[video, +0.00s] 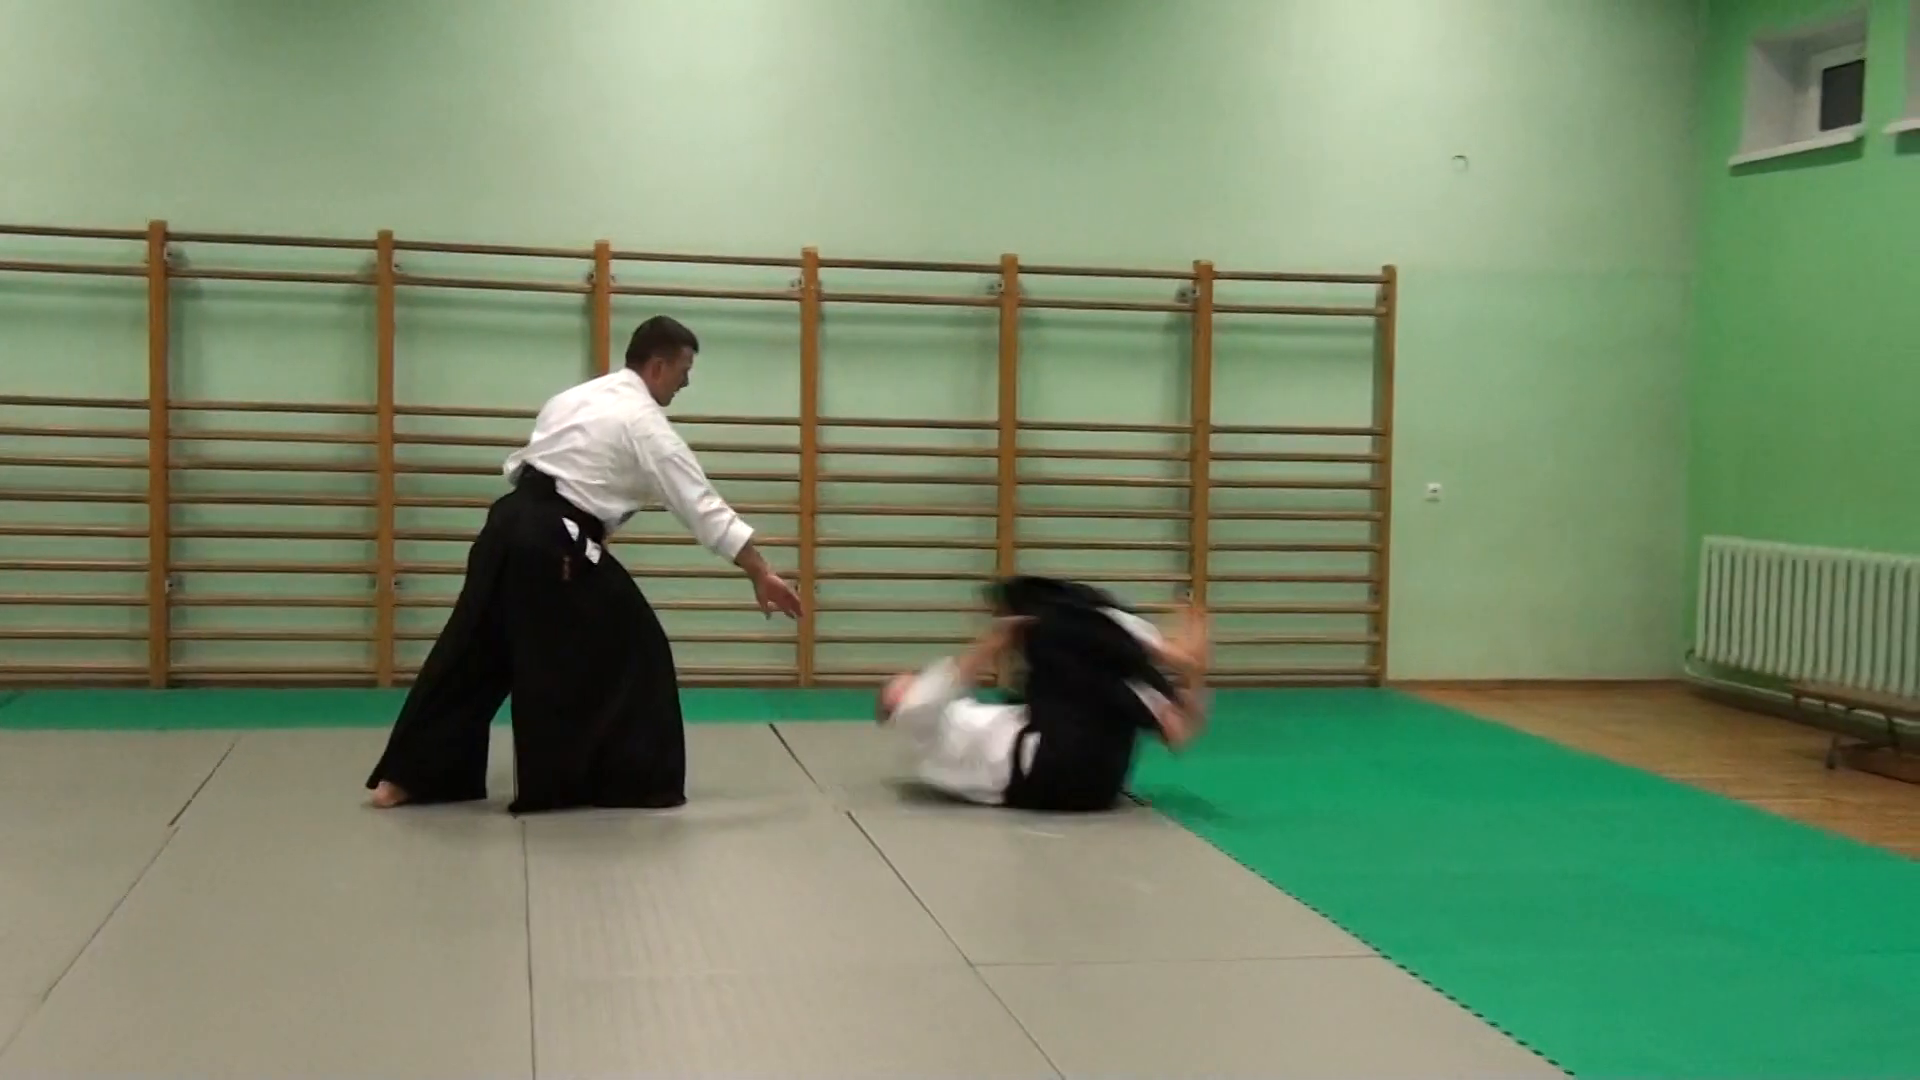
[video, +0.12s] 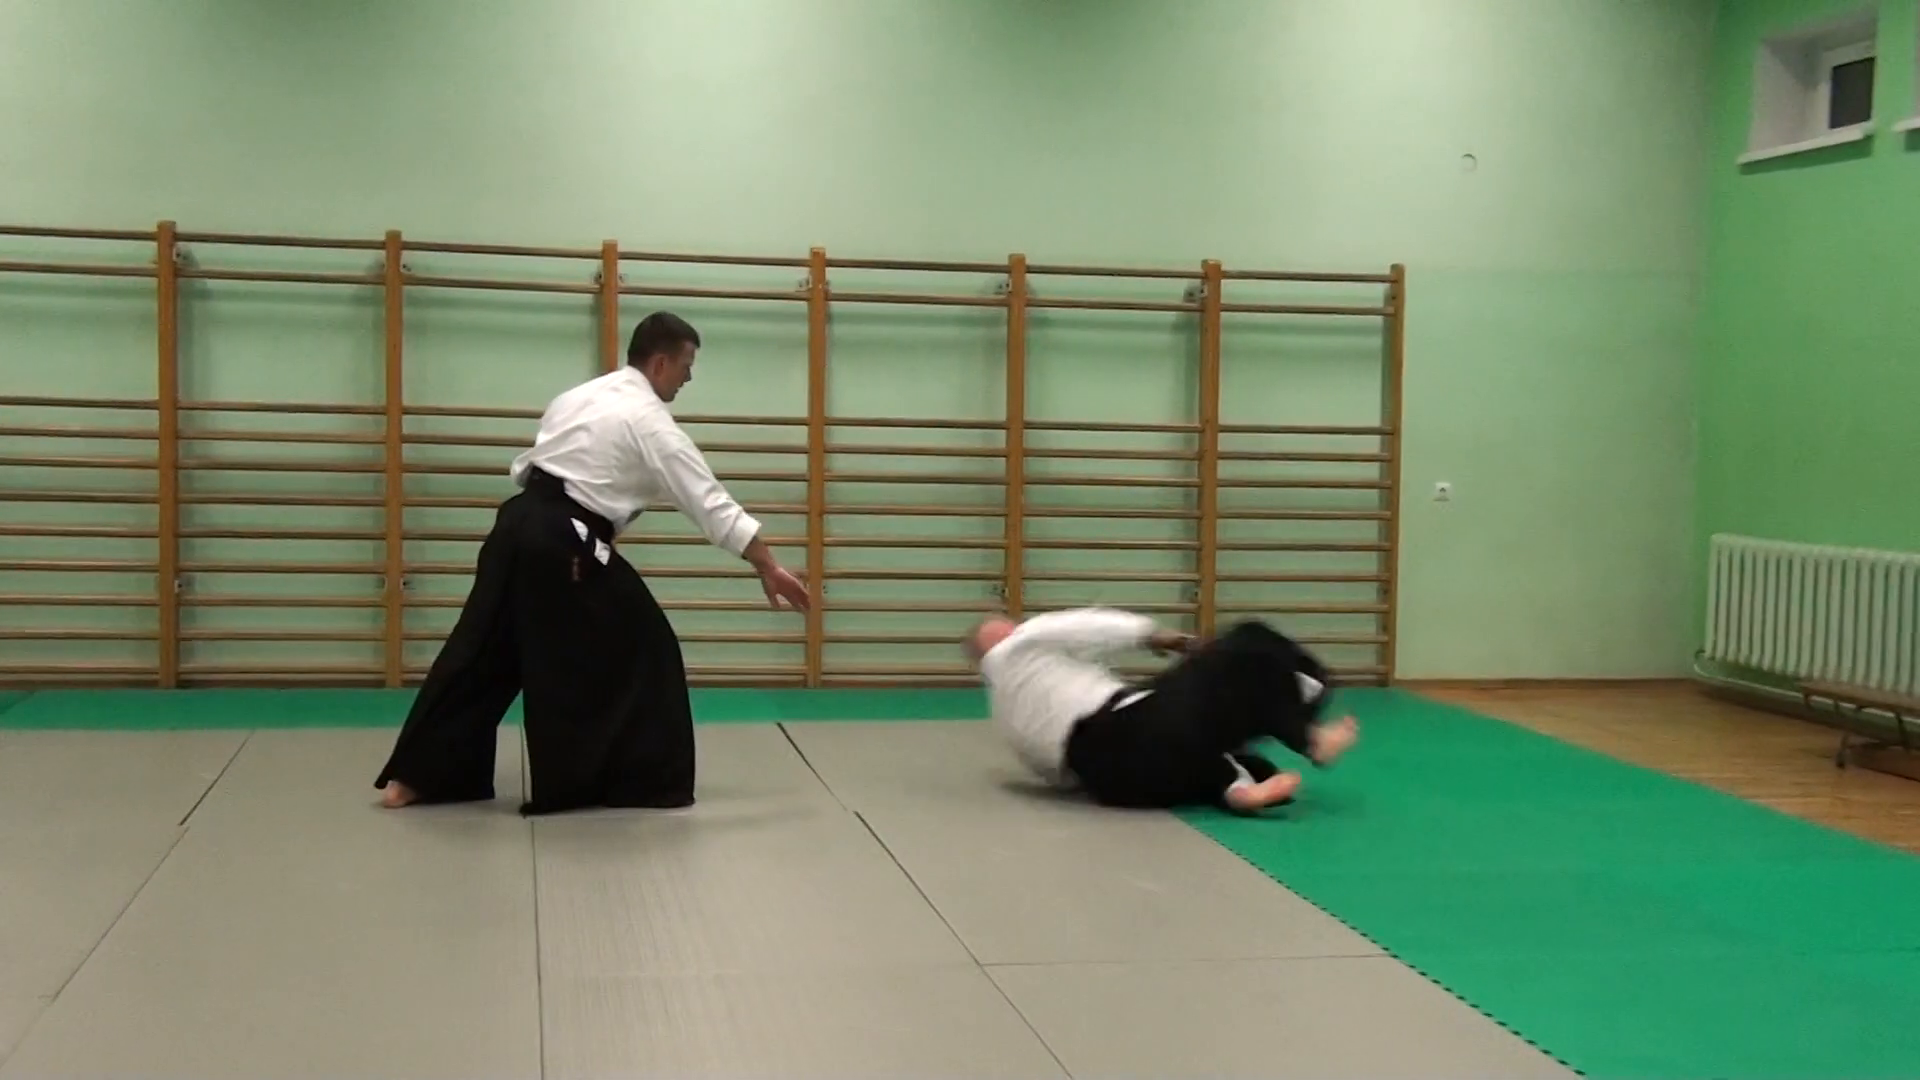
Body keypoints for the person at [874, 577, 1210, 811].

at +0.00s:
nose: (909, 685)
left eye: (909, 682)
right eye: (900, 688)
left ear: (922, 685)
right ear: (895, 708)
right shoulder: (916, 727)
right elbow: (963, 674)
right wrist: (995, 644)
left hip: (1090, 779)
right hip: (1057, 772)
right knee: (1052, 636)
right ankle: (1167, 657)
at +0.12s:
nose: (1013, 626)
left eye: (1008, 623)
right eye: (1005, 625)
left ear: (983, 660)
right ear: (998, 638)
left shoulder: (1005, 721)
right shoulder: (1021, 641)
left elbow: (1054, 772)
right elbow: (1101, 625)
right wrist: (1164, 638)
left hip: (1115, 784)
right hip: (1125, 729)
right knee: (1243, 658)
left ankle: (1240, 785)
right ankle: (1310, 737)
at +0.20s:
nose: (1074, 598)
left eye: (1065, 600)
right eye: (1071, 595)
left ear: (1043, 623)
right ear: (1075, 599)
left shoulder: (1052, 676)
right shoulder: (1112, 602)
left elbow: (1073, 770)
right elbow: (1191, 602)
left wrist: (1122, 778)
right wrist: (1229, 630)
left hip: (1149, 758)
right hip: (1192, 705)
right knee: (1304, 704)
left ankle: (1248, 789)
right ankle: (1348, 772)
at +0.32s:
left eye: (1122, 587)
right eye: (1140, 573)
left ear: (1121, 595)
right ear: (1153, 570)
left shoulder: (1125, 630)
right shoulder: (1200, 569)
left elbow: (1107, 729)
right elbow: (1275, 587)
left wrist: (1126, 775)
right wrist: (1280, 639)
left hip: (1214, 691)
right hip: (1273, 668)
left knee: (1203, 779)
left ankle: (1267, 784)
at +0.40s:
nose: (1153, 587)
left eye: (1151, 580)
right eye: (1153, 579)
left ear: (1155, 575)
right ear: (1189, 553)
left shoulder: (1165, 602)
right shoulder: (1238, 549)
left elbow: (1140, 689)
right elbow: (1315, 573)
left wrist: (1136, 767)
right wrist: (1323, 631)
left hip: (1252, 665)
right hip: (1312, 647)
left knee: (1217, 764)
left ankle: (1285, 773)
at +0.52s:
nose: (1191, 578)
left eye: (1188, 571)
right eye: (1187, 572)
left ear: (1192, 557)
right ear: (1215, 536)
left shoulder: (1206, 576)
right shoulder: (1276, 533)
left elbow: (1181, 669)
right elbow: (1352, 566)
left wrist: (1168, 749)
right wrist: (1361, 628)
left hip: (1299, 628)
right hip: (1357, 618)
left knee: (1244, 761)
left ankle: (1321, 767)